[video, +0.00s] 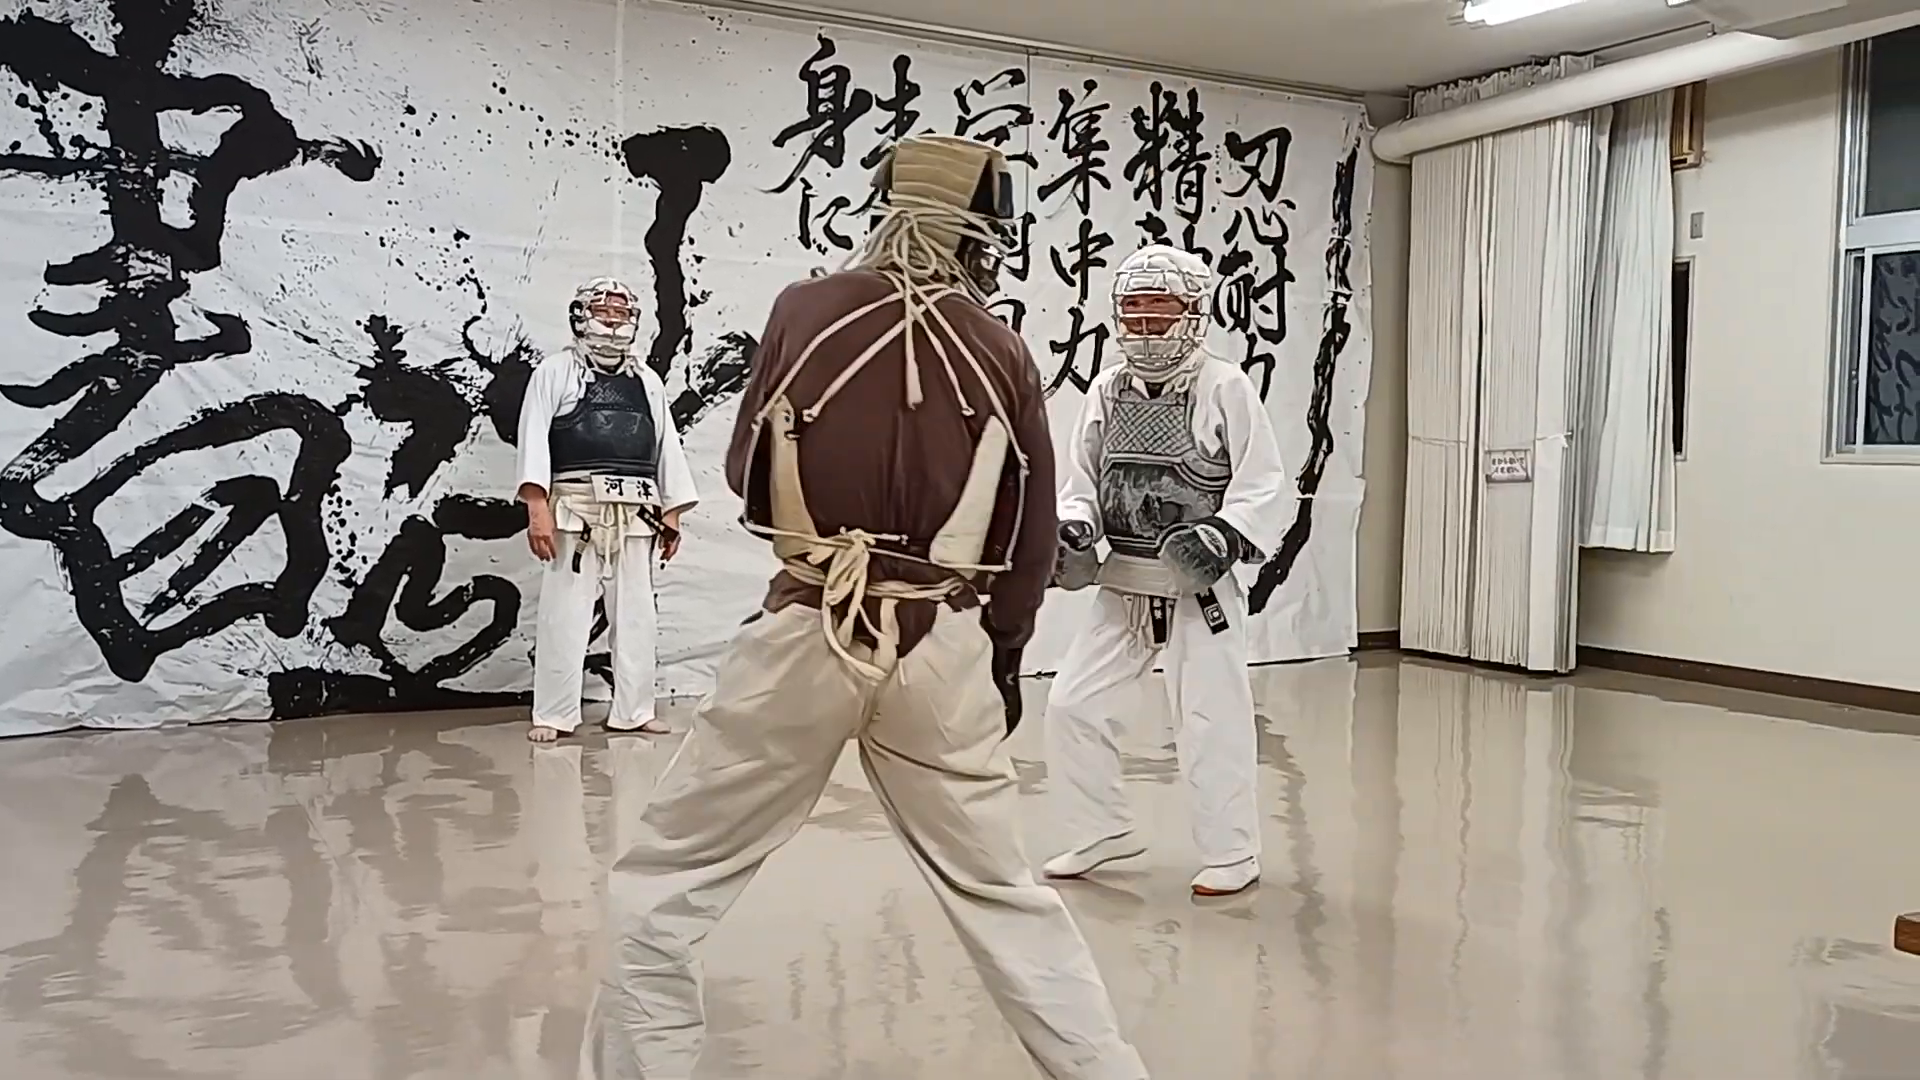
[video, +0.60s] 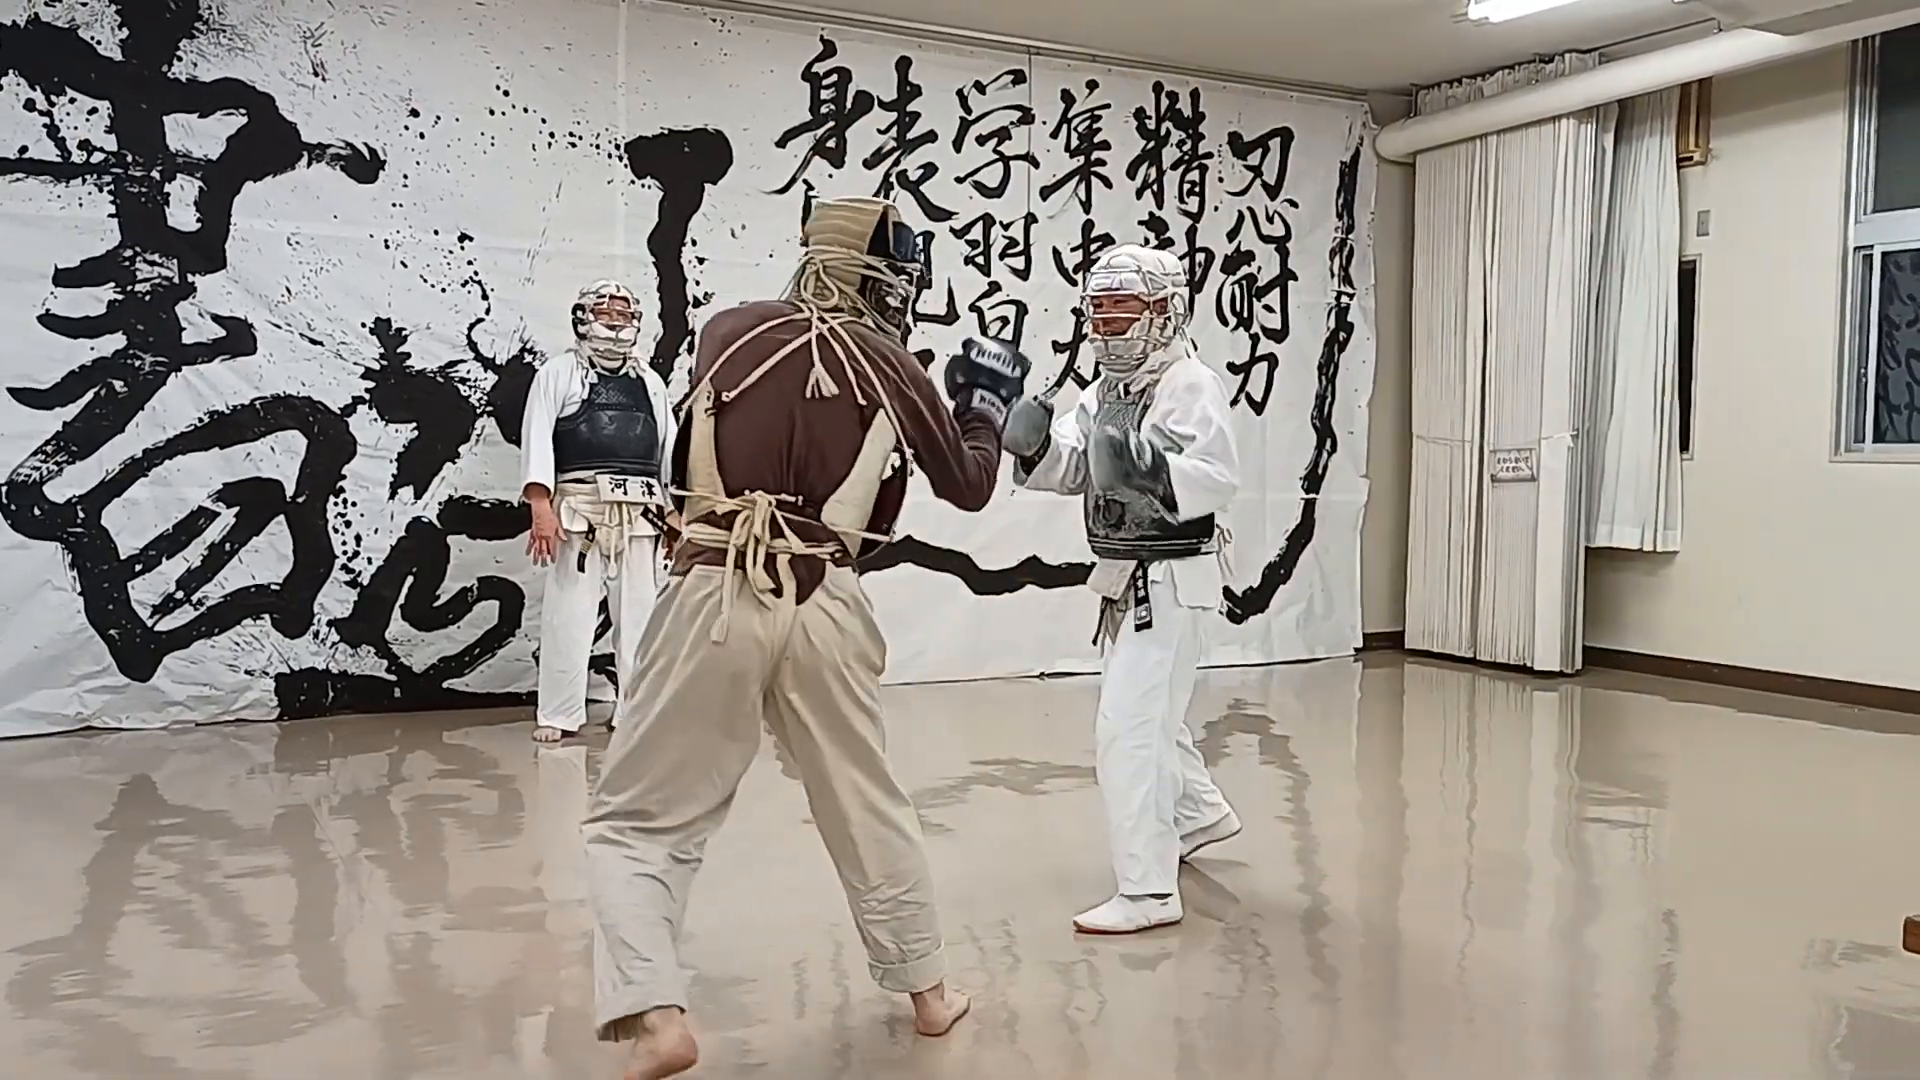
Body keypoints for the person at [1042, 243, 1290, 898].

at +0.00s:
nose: (1144, 321)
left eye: (1160, 308)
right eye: (1133, 308)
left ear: (1191, 313)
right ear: (1118, 315)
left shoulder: (1224, 387)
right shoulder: (1107, 390)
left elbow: (1266, 483)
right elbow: (1079, 481)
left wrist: (1223, 537)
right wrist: (1075, 529)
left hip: (1200, 593)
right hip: (1120, 591)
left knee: (1214, 728)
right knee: (1072, 710)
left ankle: (1230, 855)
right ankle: (1107, 832)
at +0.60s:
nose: (1106, 321)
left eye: (1121, 308)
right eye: (1098, 308)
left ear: (1162, 312)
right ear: (1090, 311)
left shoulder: (1190, 383)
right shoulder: (1104, 390)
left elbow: (1215, 477)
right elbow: (1072, 465)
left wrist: (1142, 463)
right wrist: (1031, 441)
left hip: (1173, 576)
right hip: (1125, 573)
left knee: (1127, 728)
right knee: (1141, 711)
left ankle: (1147, 891)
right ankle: (1198, 809)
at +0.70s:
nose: (1105, 318)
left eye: (1121, 304)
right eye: (1098, 305)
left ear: (1161, 303)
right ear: (1091, 306)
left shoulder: (1188, 372)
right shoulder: (1109, 378)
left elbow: (1174, 443)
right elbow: (1080, 458)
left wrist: (1109, 383)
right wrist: (1040, 425)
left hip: (1169, 571)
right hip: (1130, 568)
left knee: (1125, 728)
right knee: (1148, 715)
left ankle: (1145, 889)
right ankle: (1189, 831)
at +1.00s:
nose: (1093, 320)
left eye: (1107, 305)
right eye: (1089, 306)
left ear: (1148, 306)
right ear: (1088, 309)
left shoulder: (1171, 372)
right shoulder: (1122, 379)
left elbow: (1175, 471)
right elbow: (1113, 475)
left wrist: (1083, 446)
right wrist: (1052, 443)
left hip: (1166, 569)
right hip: (1135, 567)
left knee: (1116, 709)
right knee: (1164, 710)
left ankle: (1115, 878)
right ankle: (1192, 842)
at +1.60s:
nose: (1017, 315)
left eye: (1031, 302)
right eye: (1015, 302)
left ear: (1069, 305)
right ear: (1031, 306)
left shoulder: (1079, 379)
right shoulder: (1075, 374)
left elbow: (1096, 490)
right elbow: (1070, 487)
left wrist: (1021, 535)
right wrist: (993, 492)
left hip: (1076, 588)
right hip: (1106, 583)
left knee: (985, 714)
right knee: (1094, 719)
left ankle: (1032, 878)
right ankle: (1148, 865)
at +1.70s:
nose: (989, 331)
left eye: (1003, 316)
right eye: (988, 317)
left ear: (1045, 320)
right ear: (1032, 324)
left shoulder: (1057, 389)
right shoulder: (1052, 387)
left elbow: (1084, 491)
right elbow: (1085, 502)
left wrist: (999, 523)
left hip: (1064, 597)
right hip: (1103, 591)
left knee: (958, 722)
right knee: (1088, 728)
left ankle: (993, 888)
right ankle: (1153, 869)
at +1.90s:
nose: (916, 319)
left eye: (927, 308)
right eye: (917, 307)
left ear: (953, 313)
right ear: (993, 315)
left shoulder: (936, 375)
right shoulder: (1030, 391)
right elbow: (1086, 488)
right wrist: (1089, 562)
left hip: (963, 580)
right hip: (1040, 573)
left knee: (977, 757)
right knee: (1085, 725)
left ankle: (1031, 914)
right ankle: (1129, 850)